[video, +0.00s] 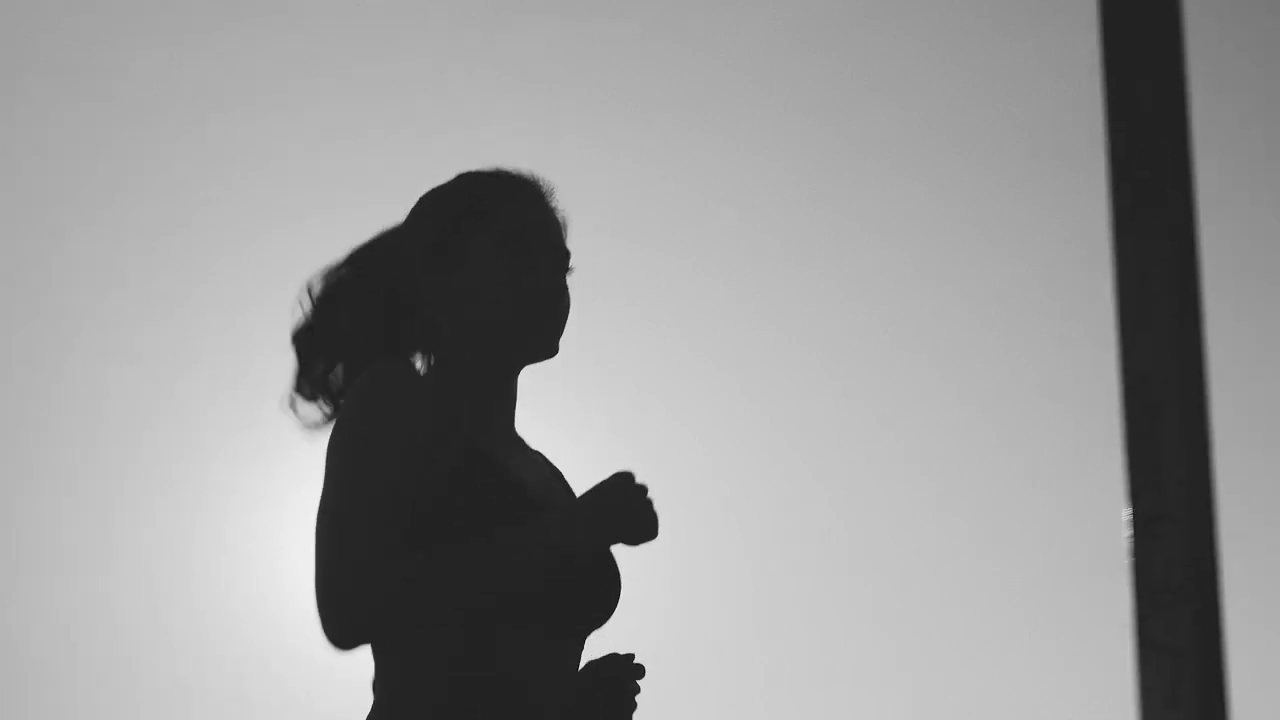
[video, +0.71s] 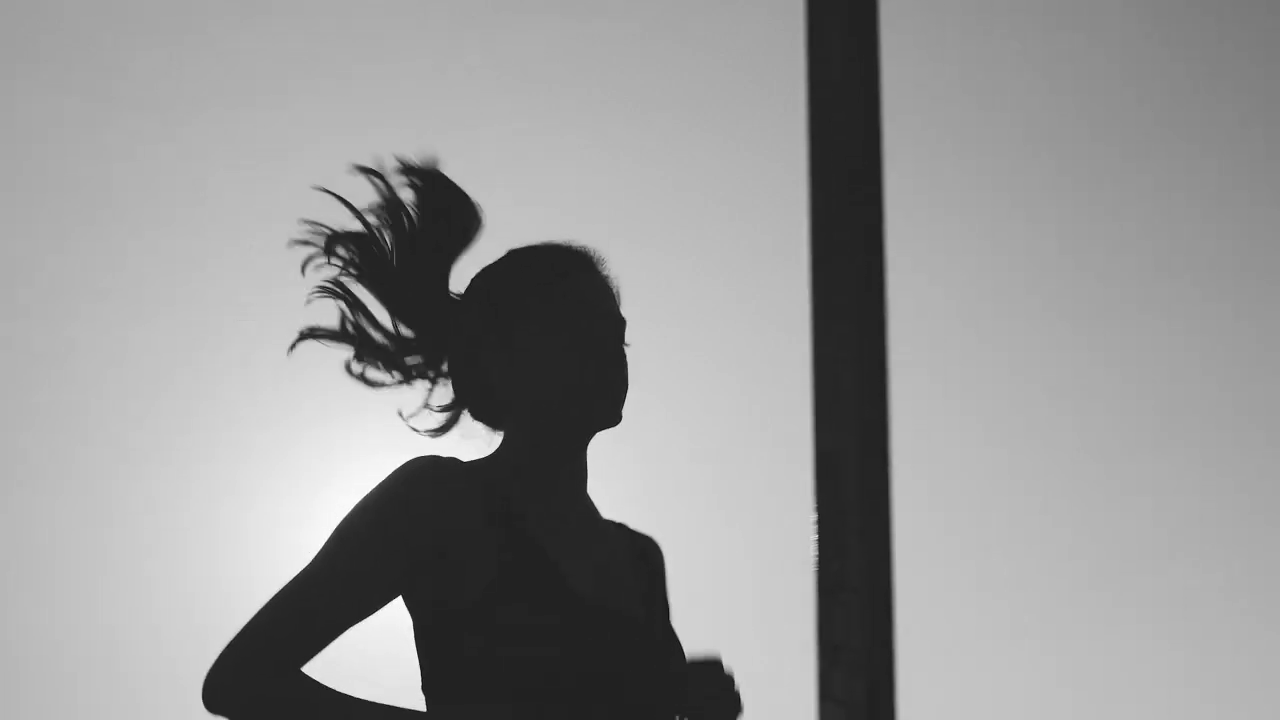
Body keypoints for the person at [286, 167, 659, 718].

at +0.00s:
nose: (563, 293)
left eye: (563, 268)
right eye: (543, 265)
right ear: (469, 275)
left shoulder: (540, 472)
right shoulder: (390, 407)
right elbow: (346, 609)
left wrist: (576, 697)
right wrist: (575, 529)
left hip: (531, 708)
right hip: (423, 705)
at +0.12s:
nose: (576, 272)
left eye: (573, 250)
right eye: (551, 246)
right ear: (474, 260)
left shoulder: (544, 461)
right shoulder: (415, 369)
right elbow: (360, 565)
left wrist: (577, 671)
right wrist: (581, 508)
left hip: (538, 705)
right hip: (442, 701)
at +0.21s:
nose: (583, 268)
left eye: (580, 248)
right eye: (556, 243)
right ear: (480, 261)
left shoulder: (560, 466)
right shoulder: (425, 369)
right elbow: (360, 557)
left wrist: (584, 669)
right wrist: (587, 518)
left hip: (549, 707)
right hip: (449, 702)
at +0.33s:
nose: (594, 289)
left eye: (594, 266)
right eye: (570, 263)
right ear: (489, 275)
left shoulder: (581, 481)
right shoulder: (435, 391)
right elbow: (341, 583)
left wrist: (608, 681)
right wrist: (575, 558)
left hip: (563, 708)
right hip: (462, 704)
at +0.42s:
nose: (602, 309)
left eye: (599, 285)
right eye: (574, 282)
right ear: (487, 306)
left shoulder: (587, 496)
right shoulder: (439, 423)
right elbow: (318, 617)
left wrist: (626, 696)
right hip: (470, 710)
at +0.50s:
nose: (608, 325)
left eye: (604, 306)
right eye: (583, 304)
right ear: (499, 331)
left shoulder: (606, 528)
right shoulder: (438, 459)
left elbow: (583, 698)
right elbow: (288, 658)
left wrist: (645, 705)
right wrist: (485, 674)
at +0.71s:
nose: (621, 356)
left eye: (618, 334)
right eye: (592, 332)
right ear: (508, 357)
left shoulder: (638, 557)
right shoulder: (435, 496)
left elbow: (659, 696)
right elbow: (241, 681)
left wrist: (704, 697)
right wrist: (410, 713)